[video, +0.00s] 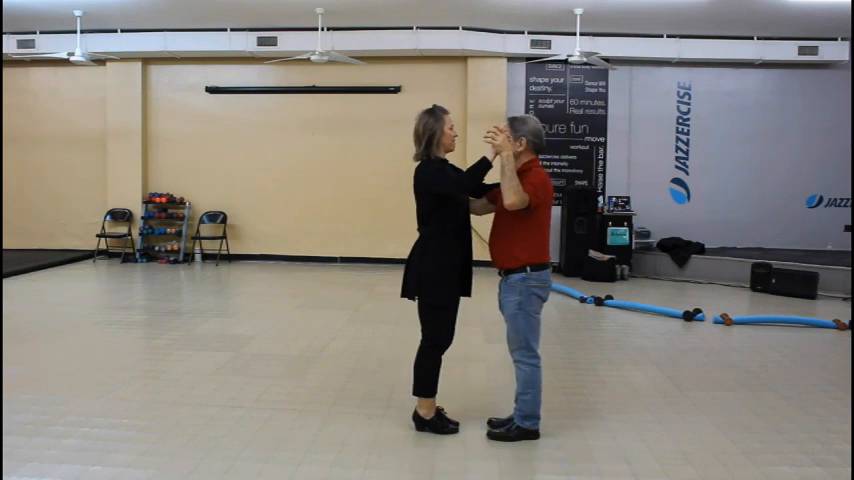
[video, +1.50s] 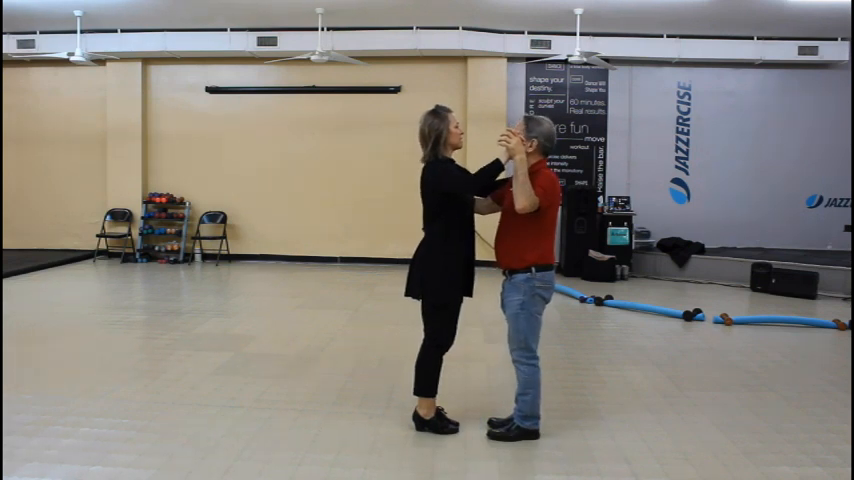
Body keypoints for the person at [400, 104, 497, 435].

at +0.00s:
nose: (456, 133)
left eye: (454, 128)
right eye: (450, 128)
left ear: (436, 133)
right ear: (436, 133)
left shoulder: (440, 168)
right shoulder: (431, 170)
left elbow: (472, 195)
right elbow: (465, 185)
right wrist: (490, 156)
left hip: (442, 266)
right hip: (435, 267)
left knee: (437, 338)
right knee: (435, 339)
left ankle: (426, 408)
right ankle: (425, 411)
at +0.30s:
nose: (458, 133)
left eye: (456, 127)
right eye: (453, 128)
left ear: (439, 133)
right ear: (438, 133)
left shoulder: (440, 168)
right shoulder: (434, 170)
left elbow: (472, 199)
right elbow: (469, 185)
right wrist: (495, 159)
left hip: (442, 267)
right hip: (436, 268)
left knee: (437, 338)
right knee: (435, 339)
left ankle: (427, 408)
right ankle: (424, 411)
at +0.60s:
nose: (459, 133)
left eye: (457, 127)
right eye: (454, 128)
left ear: (440, 133)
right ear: (439, 133)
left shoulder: (441, 168)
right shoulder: (436, 170)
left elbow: (476, 195)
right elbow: (470, 186)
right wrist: (497, 162)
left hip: (442, 267)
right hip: (437, 269)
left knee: (438, 338)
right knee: (436, 339)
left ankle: (427, 408)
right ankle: (424, 412)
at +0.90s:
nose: (461, 131)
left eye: (458, 126)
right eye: (455, 127)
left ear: (442, 132)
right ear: (440, 133)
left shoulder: (443, 168)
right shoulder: (437, 170)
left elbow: (475, 198)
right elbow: (472, 185)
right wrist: (501, 159)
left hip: (444, 268)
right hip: (439, 269)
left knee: (438, 339)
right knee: (436, 340)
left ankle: (427, 408)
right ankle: (424, 412)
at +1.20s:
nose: (461, 133)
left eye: (459, 127)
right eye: (456, 128)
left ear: (442, 132)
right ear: (441, 133)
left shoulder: (442, 168)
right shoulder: (439, 170)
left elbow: (474, 196)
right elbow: (473, 187)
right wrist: (502, 161)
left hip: (444, 267)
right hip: (440, 269)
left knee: (438, 339)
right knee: (436, 340)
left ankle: (427, 407)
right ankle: (424, 411)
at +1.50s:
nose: (461, 131)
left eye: (459, 126)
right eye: (456, 127)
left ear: (442, 132)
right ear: (441, 132)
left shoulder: (443, 166)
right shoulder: (439, 169)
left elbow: (476, 189)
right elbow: (474, 185)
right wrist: (505, 158)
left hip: (445, 267)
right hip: (440, 269)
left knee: (439, 339)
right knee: (436, 340)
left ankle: (427, 407)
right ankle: (424, 411)